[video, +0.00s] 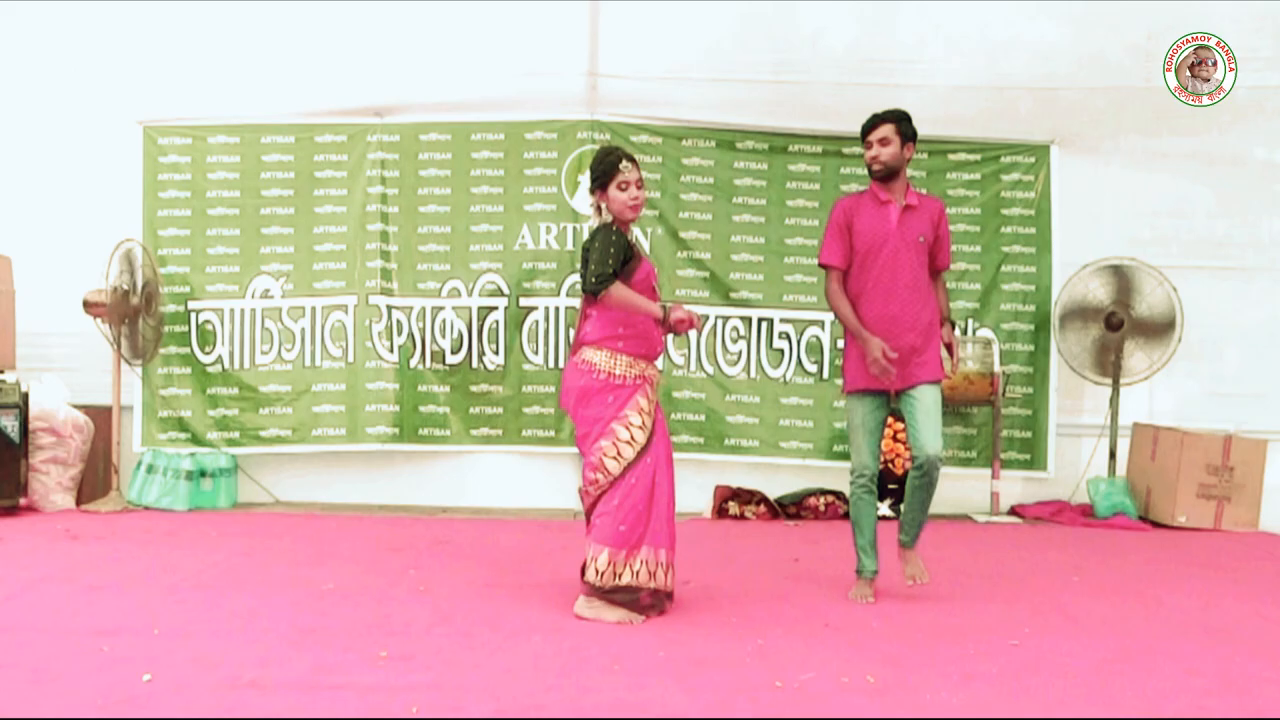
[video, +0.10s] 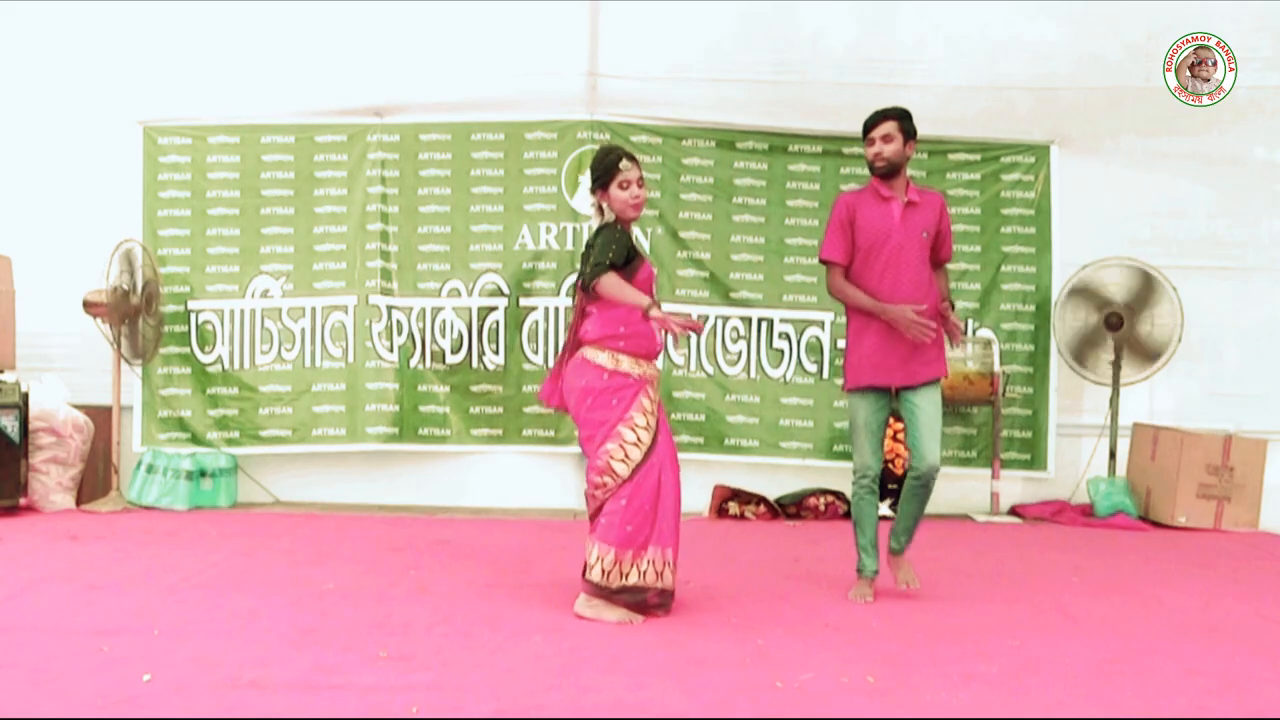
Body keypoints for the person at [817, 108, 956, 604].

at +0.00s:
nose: (875, 150)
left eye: (885, 143)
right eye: (869, 144)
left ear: (909, 151)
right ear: (864, 152)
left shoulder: (931, 209)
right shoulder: (848, 209)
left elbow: (936, 277)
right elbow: (833, 287)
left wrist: (945, 324)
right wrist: (865, 338)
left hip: (920, 357)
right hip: (866, 356)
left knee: (930, 454)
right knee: (864, 470)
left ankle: (908, 543)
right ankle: (865, 572)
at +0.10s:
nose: (878, 147)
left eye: (888, 139)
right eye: (871, 141)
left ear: (910, 147)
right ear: (865, 150)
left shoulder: (933, 204)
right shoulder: (850, 205)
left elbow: (938, 268)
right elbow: (835, 283)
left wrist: (945, 307)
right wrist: (889, 312)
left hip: (922, 357)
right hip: (868, 357)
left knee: (926, 464)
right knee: (867, 470)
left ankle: (898, 550)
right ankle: (866, 572)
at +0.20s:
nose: (888, 152)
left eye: (897, 144)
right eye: (880, 146)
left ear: (915, 153)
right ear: (870, 157)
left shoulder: (933, 213)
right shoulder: (858, 214)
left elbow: (938, 281)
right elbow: (851, 295)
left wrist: (947, 315)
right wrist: (917, 324)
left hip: (926, 362)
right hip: (877, 363)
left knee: (916, 480)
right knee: (880, 475)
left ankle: (885, 572)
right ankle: (866, 569)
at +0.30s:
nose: (899, 160)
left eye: (906, 152)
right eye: (889, 155)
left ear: (921, 159)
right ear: (876, 168)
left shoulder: (933, 226)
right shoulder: (870, 222)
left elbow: (944, 296)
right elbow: (869, 299)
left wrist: (964, 324)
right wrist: (933, 330)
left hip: (926, 365)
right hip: (881, 366)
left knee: (922, 478)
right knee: (911, 462)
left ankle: (885, 571)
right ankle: (866, 544)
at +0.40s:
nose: (912, 147)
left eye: (918, 138)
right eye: (900, 141)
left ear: (929, 145)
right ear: (884, 153)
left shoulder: (933, 208)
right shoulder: (883, 198)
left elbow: (952, 273)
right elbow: (893, 252)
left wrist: (982, 259)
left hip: (923, 352)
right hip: (887, 349)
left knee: (908, 454)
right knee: (936, 437)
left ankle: (883, 558)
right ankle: (882, 553)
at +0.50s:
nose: (919, 130)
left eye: (924, 121)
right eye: (907, 126)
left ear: (934, 129)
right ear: (891, 138)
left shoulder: (929, 186)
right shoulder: (894, 176)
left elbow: (944, 256)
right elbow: (909, 222)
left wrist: (979, 235)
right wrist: (968, 195)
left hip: (917, 338)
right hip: (896, 337)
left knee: (906, 448)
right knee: (932, 445)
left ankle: (872, 556)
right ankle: (906, 573)